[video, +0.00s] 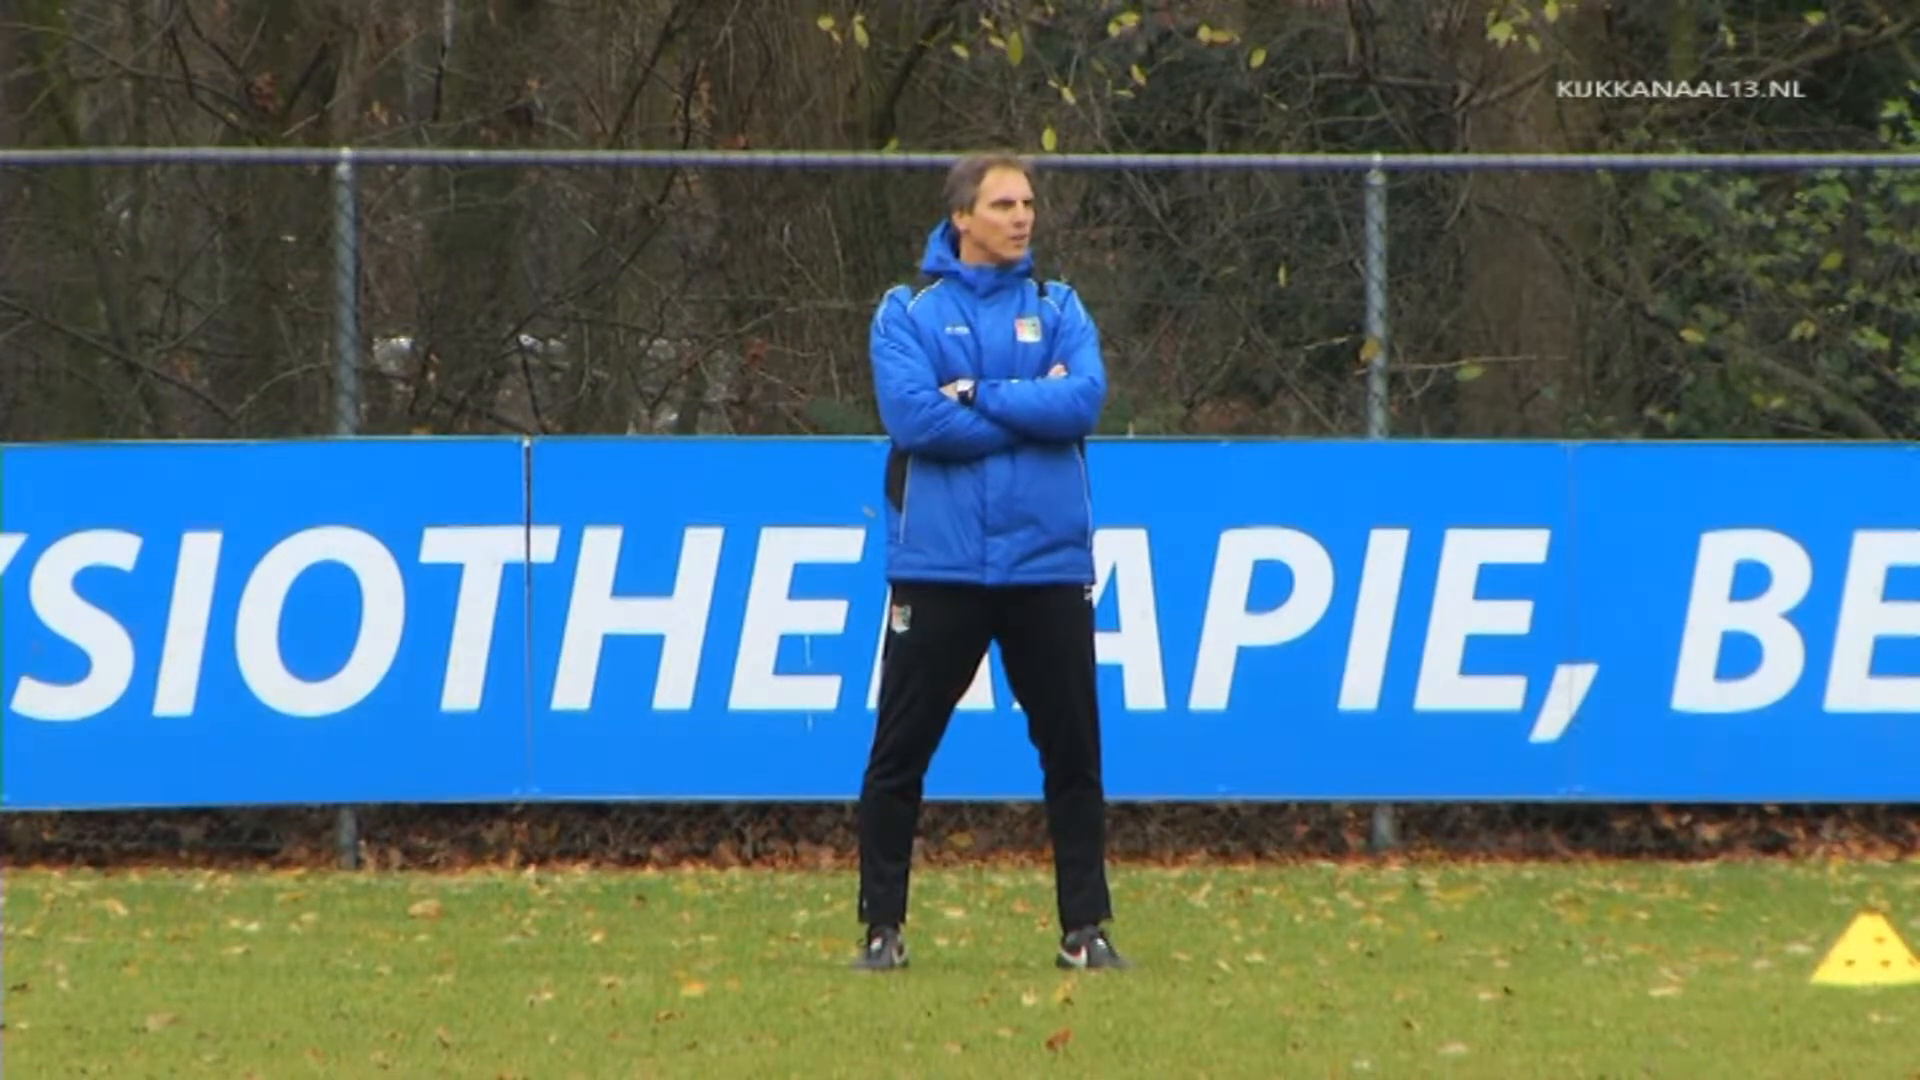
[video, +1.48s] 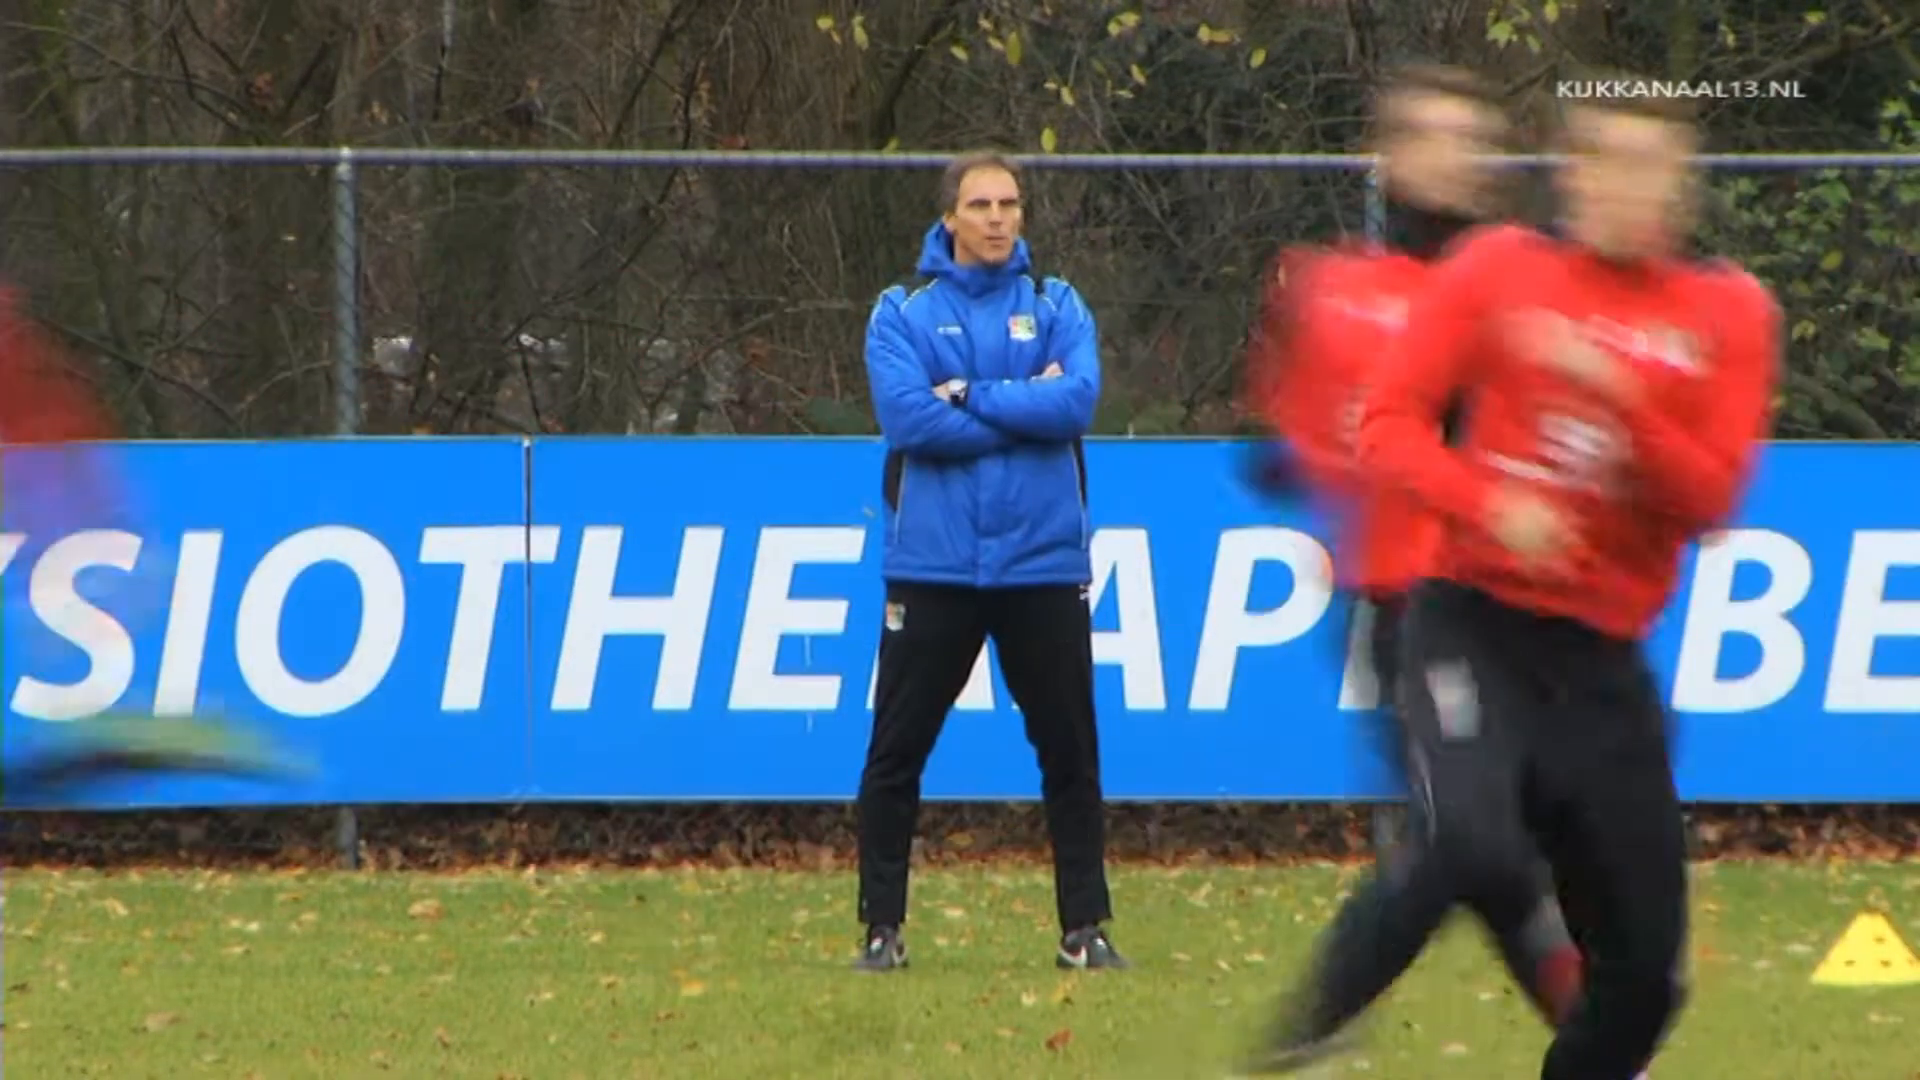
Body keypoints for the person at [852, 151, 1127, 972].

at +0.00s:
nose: (1022, 216)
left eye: (1028, 204)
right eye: (1004, 205)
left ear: (1035, 217)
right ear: (963, 220)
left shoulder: (1059, 305)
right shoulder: (906, 311)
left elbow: (1082, 403)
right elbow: (916, 423)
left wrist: (973, 392)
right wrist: (1026, 413)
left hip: (1050, 567)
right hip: (940, 569)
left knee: (1073, 751)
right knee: (901, 751)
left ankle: (1085, 931)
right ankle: (881, 928)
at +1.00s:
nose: (1003, 221)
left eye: (1012, 208)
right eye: (986, 209)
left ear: (1024, 218)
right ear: (950, 221)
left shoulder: (1057, 305)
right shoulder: (899, 312)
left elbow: (1075, 401)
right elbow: (912, 425)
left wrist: (964, 392)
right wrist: (1023, 413)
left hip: (1045, 567)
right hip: (937, 570)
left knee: (1071, 751)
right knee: (899, 753)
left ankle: (1085, 930)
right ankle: (882, 929)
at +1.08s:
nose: (1000, 228)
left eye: (1012, 212)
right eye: (984, 213)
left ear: (1032, 218)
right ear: (951, 221)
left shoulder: (1060, 314)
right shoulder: (905, 318)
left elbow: (1094, 421)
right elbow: (915, 437)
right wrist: (993, 344)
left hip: (1044, 567)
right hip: (940, 570)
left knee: (1070, 742)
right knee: (899, 749)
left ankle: (1085, 927)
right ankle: (883, 926)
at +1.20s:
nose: (1001, 221)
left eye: (1012, 207)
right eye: (984, 208)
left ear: (1025, 217)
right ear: (950, 220)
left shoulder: (1057, 304)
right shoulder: (900, 311)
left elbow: (1076, 400)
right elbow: (912, 430)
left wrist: (964, 395)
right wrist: (1023, 411)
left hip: (1048, 566)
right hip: (936, 570)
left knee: (1070, 751)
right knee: (899, 750)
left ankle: (1086, 928)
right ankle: (881, 924)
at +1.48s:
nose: (996, 219)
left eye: (1007, 205)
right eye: (979, 206)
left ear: (1023, 216)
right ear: (950, 218)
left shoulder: (1059, 305)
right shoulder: (900, 312)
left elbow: (1076, 403)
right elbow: (911, 423)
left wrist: (965, 392)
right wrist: (1020, 415)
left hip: (1044, 567)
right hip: (934, 568)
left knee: (1070, 750)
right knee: (898, 751)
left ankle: (1085, 930)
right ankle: (882, 929)